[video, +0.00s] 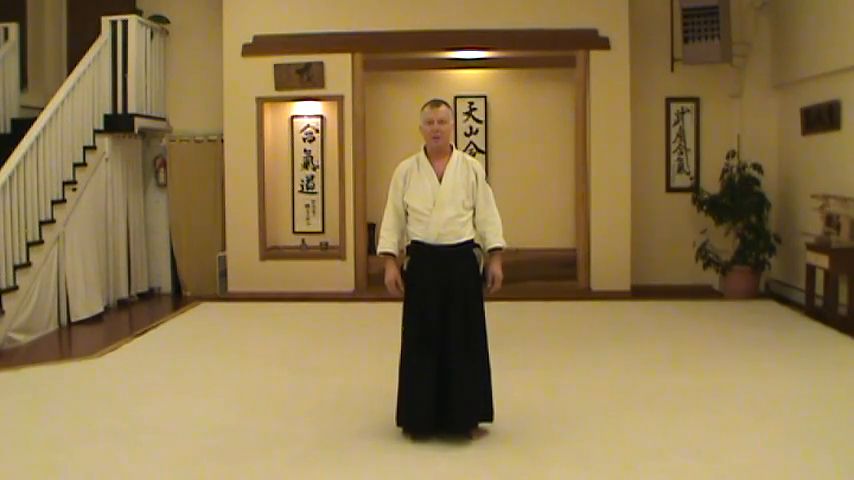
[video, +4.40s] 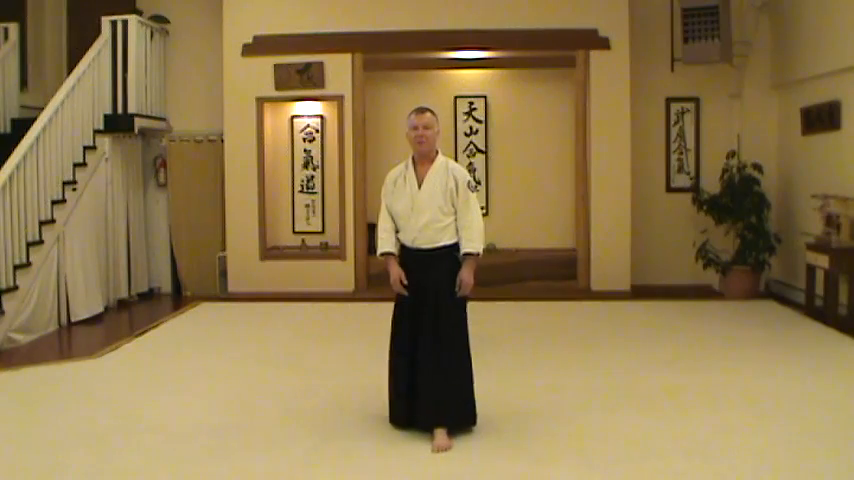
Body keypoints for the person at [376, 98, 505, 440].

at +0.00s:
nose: (436, 128)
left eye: (442, 122)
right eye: (429, 122)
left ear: (453, 126)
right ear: (420, 128)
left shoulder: (470, 167)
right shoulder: (406, 170)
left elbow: (486, 212)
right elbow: (393, 216)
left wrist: (494, 257)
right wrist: (390, 261)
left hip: (462, 260)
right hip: (422, 261)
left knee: (463, 337)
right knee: (422, 337)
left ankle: (463, 417)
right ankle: (420, 418)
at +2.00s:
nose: (409, 132)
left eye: (416, 125)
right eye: (403, 126)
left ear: (427, 128)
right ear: (395, 131)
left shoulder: (449, 166)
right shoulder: (384, 172)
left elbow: (466, 210)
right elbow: (374, 219)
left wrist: (474, 256)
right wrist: (372, 263)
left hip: (444, 261)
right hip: (405, 261)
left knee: (446, 338)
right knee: (405, 339)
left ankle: (451, 421)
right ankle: (408, 419)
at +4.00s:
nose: (426, 134)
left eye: (432, 128)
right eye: (420, 128)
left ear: (443, 131)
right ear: (412, 132)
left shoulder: (461, 173)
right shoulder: (399, 174)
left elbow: (477, 219)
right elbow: (387, 221)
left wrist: (476, 267)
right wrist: (388, 268)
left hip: (450, 264)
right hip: (416, 264)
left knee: (447, 341)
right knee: (419, 340)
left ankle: (444, 426)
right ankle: (424, 416)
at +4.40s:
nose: (420, 133)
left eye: (427, 128)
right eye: (415, 128)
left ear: (439, 132)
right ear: (407, 134)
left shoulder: (455, 173)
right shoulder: (395, 177)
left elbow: (471, 218)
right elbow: (385, 222)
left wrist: (469, 264)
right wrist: (391, 262)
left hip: (445, 262)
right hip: (411, 262)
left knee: (443, 340)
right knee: (413, 339)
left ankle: (441, 422)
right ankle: (418, 413)